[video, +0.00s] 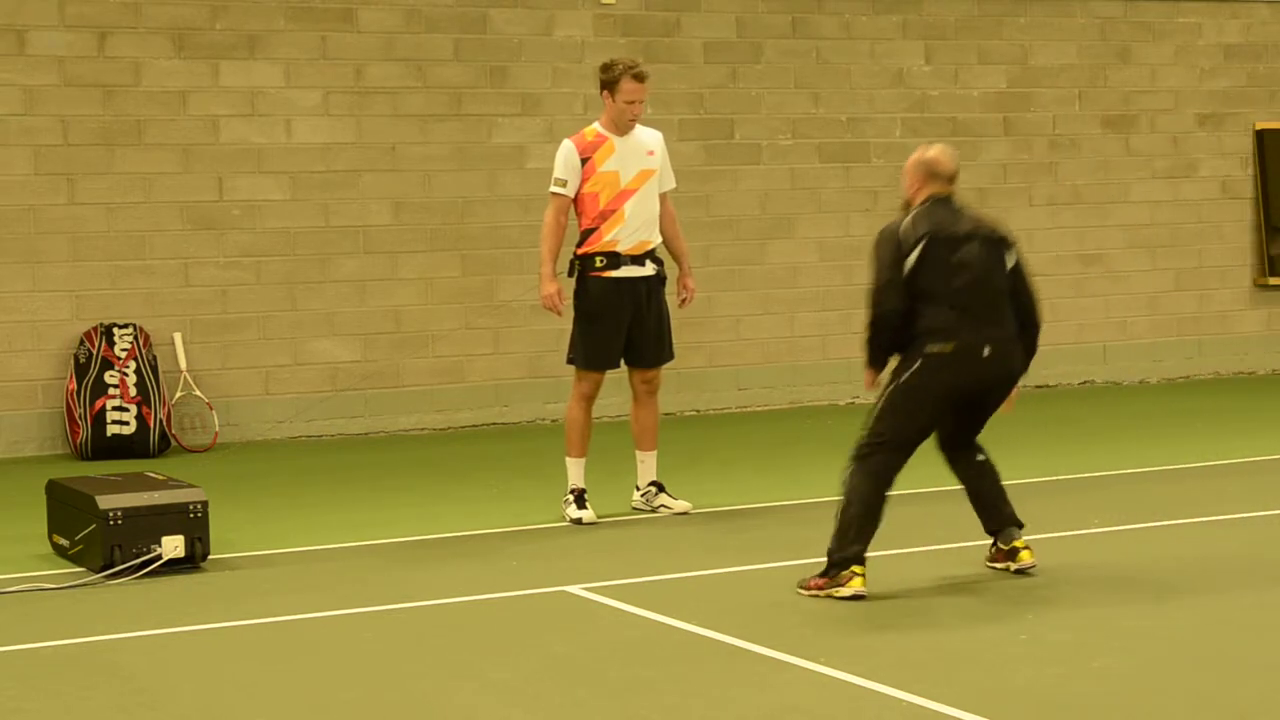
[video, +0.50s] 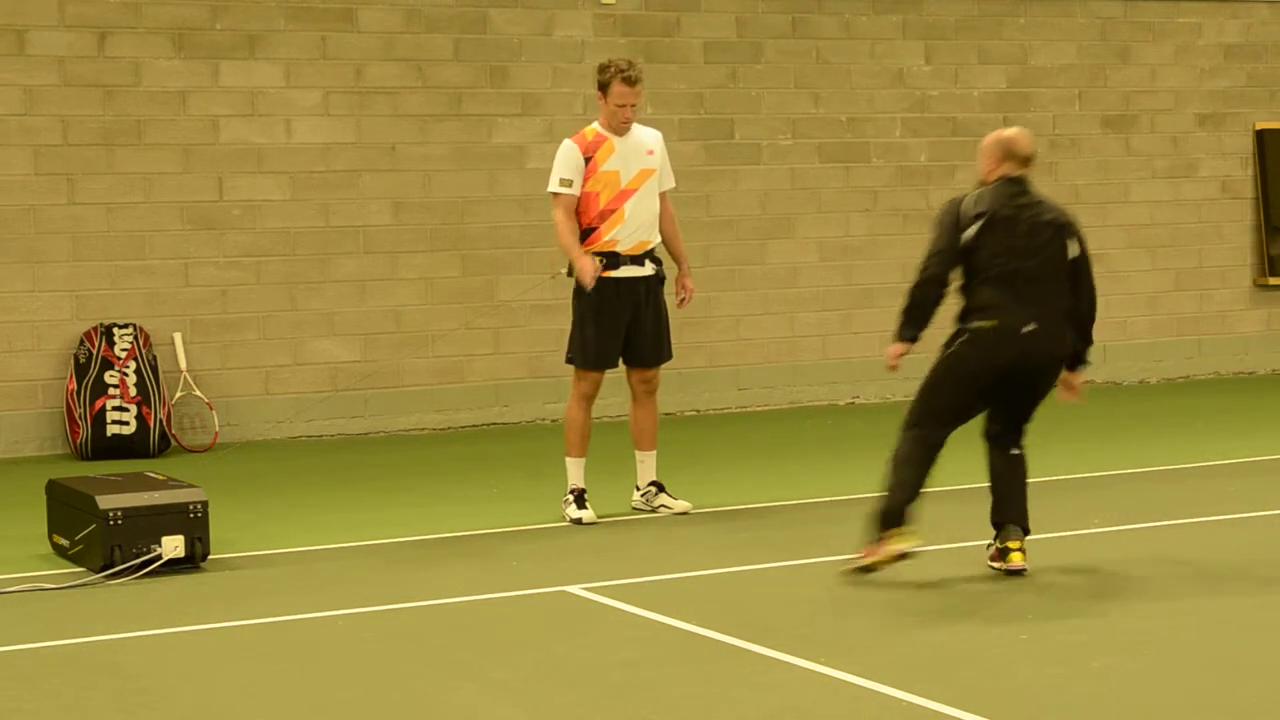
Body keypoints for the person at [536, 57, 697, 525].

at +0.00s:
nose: (638, 110)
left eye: (642, 102)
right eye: (630, 102)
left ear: (644, 100)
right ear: (606, 98)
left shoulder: (653, 142)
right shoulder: (576, 149)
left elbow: (665, 208)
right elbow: (556, 215)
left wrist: (684, 264)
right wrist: (548, 275)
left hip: (648, 280)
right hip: (599, 282)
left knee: (647, 383)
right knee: (586, 388)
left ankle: (647, 487)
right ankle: (576, 492)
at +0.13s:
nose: (637, 110)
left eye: (641, 102)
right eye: (629, 103)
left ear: (643, 100)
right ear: (605, 98)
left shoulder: (652, 141)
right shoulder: (576, 149)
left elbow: (664, 208)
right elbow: (556, 215)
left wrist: (684, 264)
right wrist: (548, 275)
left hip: (648, 280)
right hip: (599, 282)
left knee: (647, 383)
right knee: (586, 388)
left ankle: (647, 487)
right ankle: (576, 492)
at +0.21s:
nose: (636, 110)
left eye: (640, 102)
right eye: (628, 102)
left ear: (643, 100)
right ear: (605, 98)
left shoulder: (652, 142)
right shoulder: (576, 149)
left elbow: (664, 208)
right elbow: (557, 215)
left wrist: (684, 265)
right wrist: (549, 275)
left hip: (647, 280)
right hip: (598, 282)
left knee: (646, 384)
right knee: (586, 389)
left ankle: (647, 487)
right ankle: (575, 493)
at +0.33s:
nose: (633, 112)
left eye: (638, 104)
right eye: (625, 104)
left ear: (642, 101)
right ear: (604, 99)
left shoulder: (653, 142)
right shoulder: (576, 149)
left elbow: (664, 208)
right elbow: (558, 215)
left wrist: (684, 265)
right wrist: (557, 275)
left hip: (647, 280)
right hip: (598, 282)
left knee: (646, 383)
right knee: (585, 388)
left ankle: (647, 487)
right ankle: (575, 492)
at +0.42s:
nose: (631, 112)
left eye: (636, 104)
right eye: (623, 104)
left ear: (641, 101)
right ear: (602, 99)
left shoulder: (653, 142)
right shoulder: (576, 149)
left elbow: (664, 208)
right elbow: (559, 216)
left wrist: (683, 265)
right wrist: (567, 269)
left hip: (647, 280)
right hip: (599, 282)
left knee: (646, 383)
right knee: (586, 387)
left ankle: (647, 487)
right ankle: (576, 492)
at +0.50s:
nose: (630, 113)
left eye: (635, 105)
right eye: (622, 105)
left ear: (640, 102)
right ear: (601, 100)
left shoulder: (652, 142)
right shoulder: (576, 149)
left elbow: (664, 208)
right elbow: (562, 213)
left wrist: (683, 264)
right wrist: (577, 257)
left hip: (646, 279)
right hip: (599, 280)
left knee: (646, 383)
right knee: (586, 388)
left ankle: (647, 487)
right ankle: (575, 492)